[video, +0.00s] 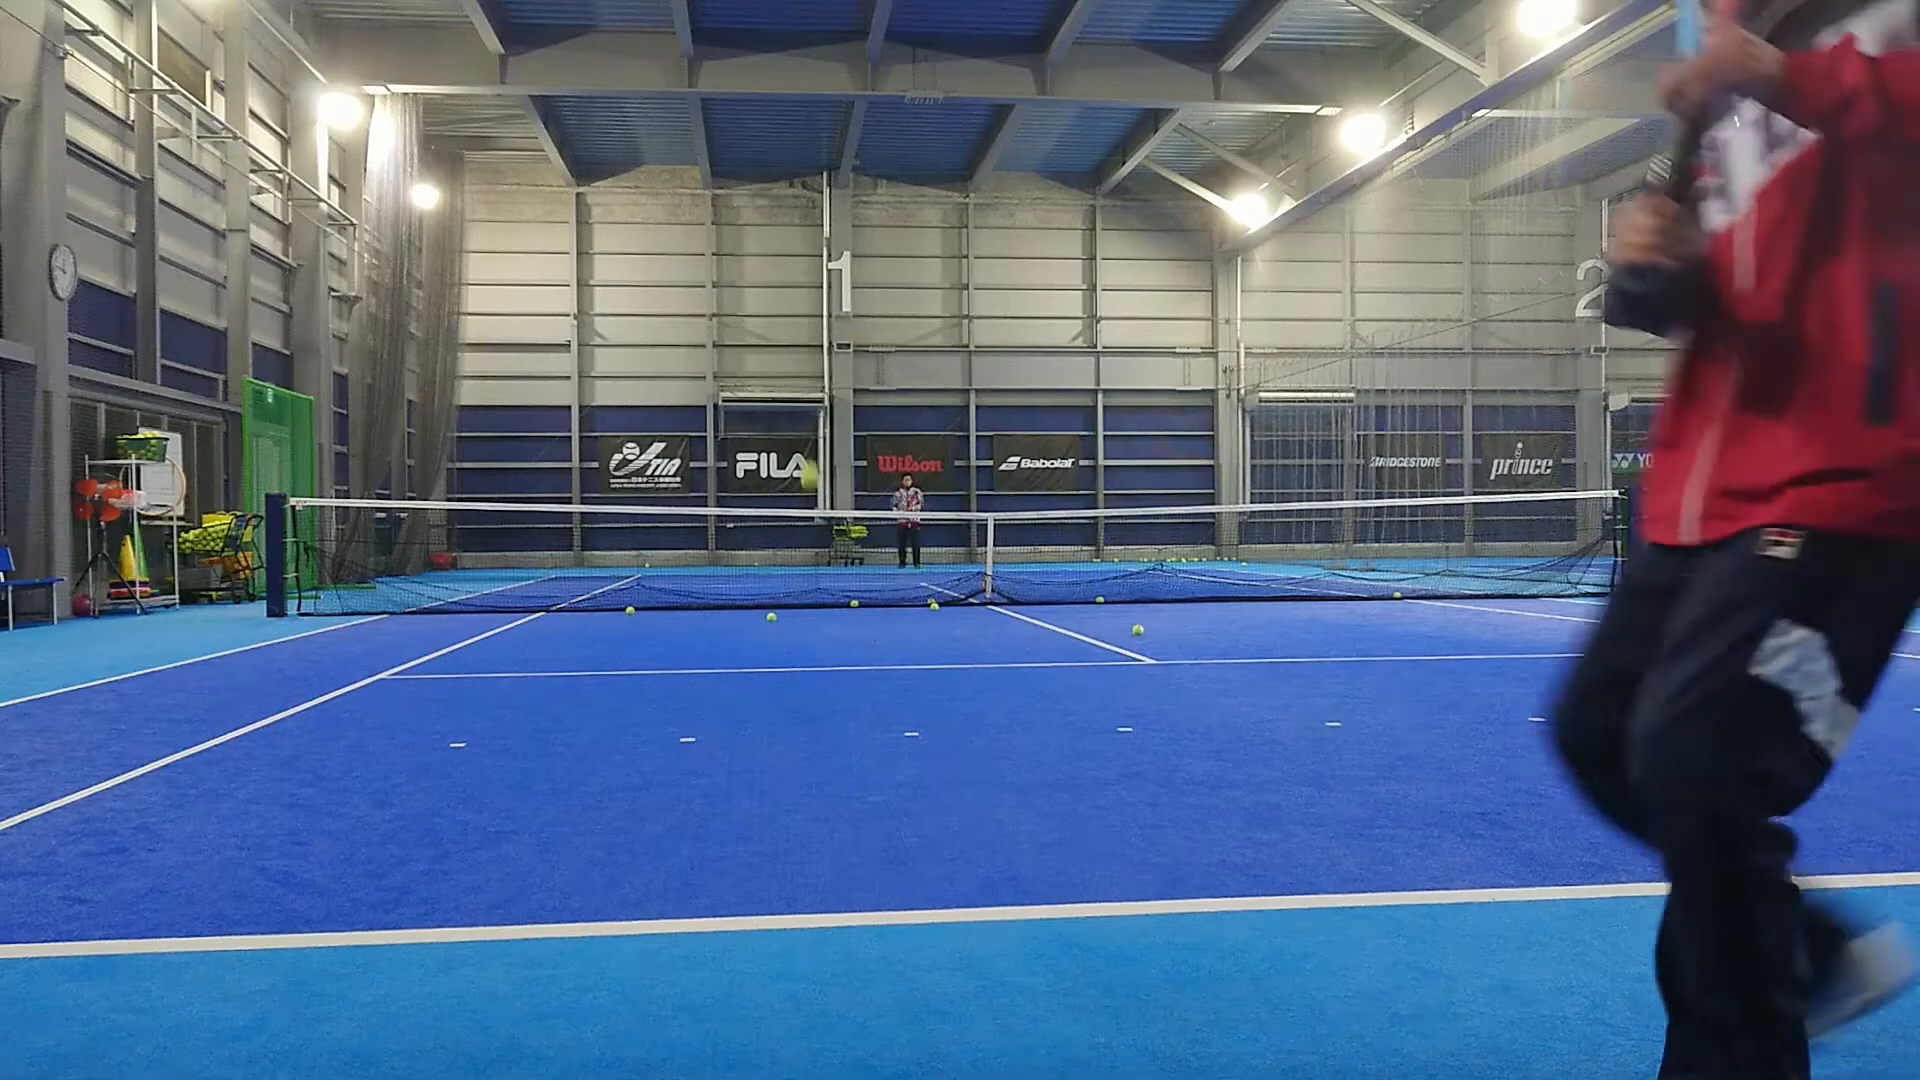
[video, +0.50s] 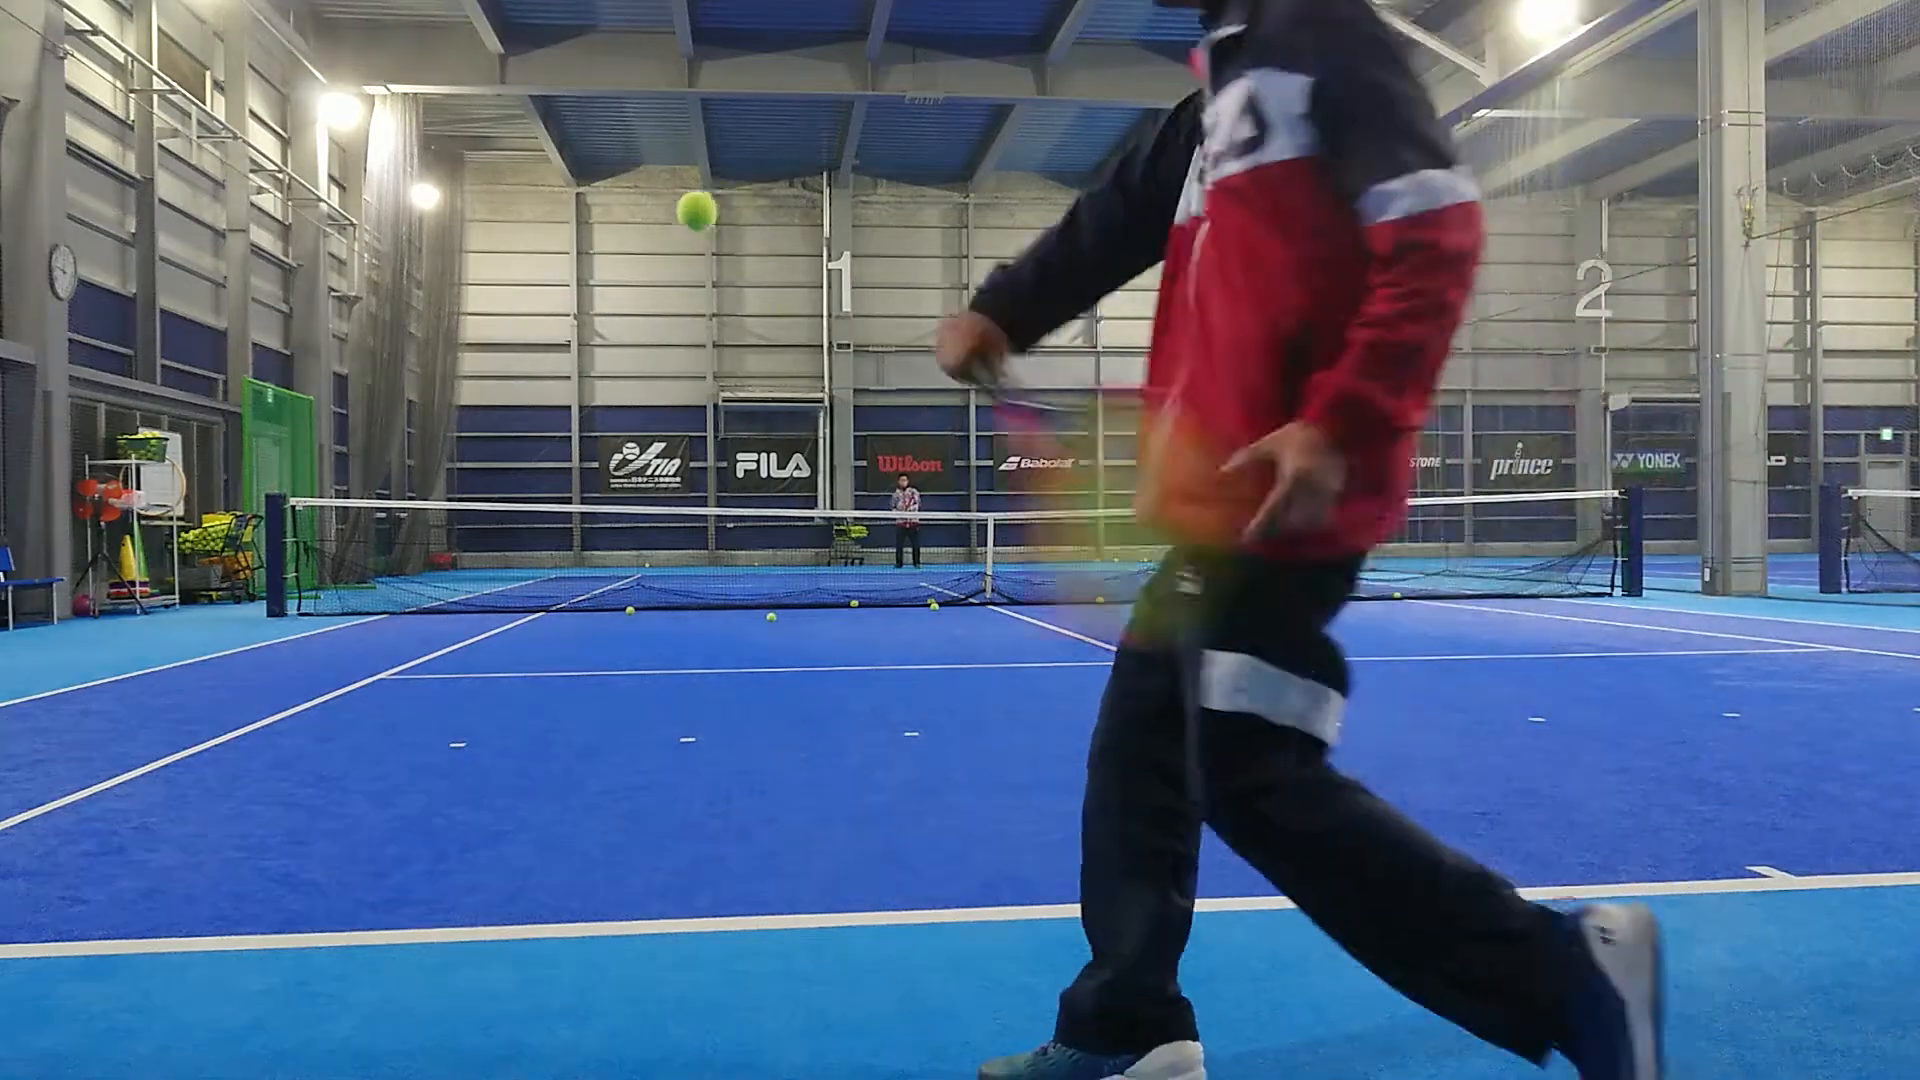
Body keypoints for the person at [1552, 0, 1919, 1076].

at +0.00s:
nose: (1725, 3)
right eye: (1718, 4)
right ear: (1721, 12)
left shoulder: (1891, 37)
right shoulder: (1730, 95)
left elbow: (1907, 108)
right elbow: (1717, 289)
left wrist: (1783, 75)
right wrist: (1659, 265)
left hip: (1857, 475)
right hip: (1710, 474)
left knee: (1697, 750)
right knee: (1600, 728)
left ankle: (1734, 1058)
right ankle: (1811, 952)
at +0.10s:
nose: (1628, 22)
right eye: (1627, 14)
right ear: (1619, 10)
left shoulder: (1821, 33)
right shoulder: (1627, 63)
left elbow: (1903, 60)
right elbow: (1567, 254)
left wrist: (1714, 33)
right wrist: (1531, 228)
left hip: (1756, 483)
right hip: (1603, 487)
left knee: (1653, 774)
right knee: (1470, 714)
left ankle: (1738, 1061)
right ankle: (1505, 1009)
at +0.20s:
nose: (1542, 6)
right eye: (1529, 4)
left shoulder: (1723, 34)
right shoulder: (1502, 68)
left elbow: (1866, 86)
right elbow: (1405, 239)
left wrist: (1646, 40)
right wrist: (1415, 197)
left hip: (1659, 507)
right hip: (1503, 510)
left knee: (1607, 797)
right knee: (1384, 742)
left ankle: (1733, 1068)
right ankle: (1250, 999)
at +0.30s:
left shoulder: (1607, 40)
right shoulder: (1379, 69)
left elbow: (1718, 140)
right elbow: (1289, 245)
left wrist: (1591, 144)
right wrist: (1330, 203)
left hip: (1543, 515)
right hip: (1399, 518)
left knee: (1535, 812)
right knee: (1273, 759)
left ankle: (1718, 1063)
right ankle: (1154, 1025)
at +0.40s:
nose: (1240, 7)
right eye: (1239, 8)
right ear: (1262, 8)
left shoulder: (1443, 33)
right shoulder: (1258, 95)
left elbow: (1576, 190)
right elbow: (1184, 253)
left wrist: (1484, 314)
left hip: (1406, 542)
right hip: (1283, 535)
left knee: (1416, 824)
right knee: (1159, 753)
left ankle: (1690, 1050)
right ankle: (1130, 1034)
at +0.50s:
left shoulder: (1332, 41)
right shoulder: (1209, 101)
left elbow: (1437, 233)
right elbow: (1111, 216)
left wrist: (1338, 428)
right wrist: (1004, 311)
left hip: (1294, 504)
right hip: (1216, 503)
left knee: (1253, 774)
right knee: (1139, 753)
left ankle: (1570, 976)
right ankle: (1127, 1027)